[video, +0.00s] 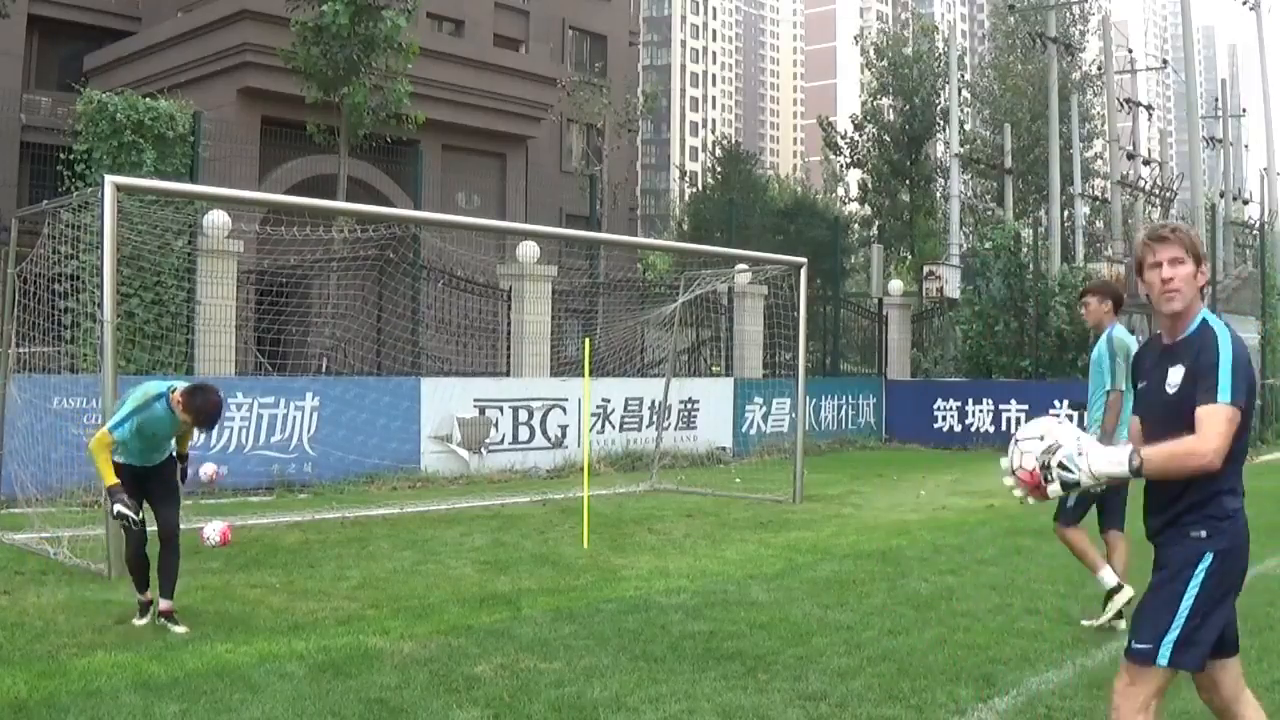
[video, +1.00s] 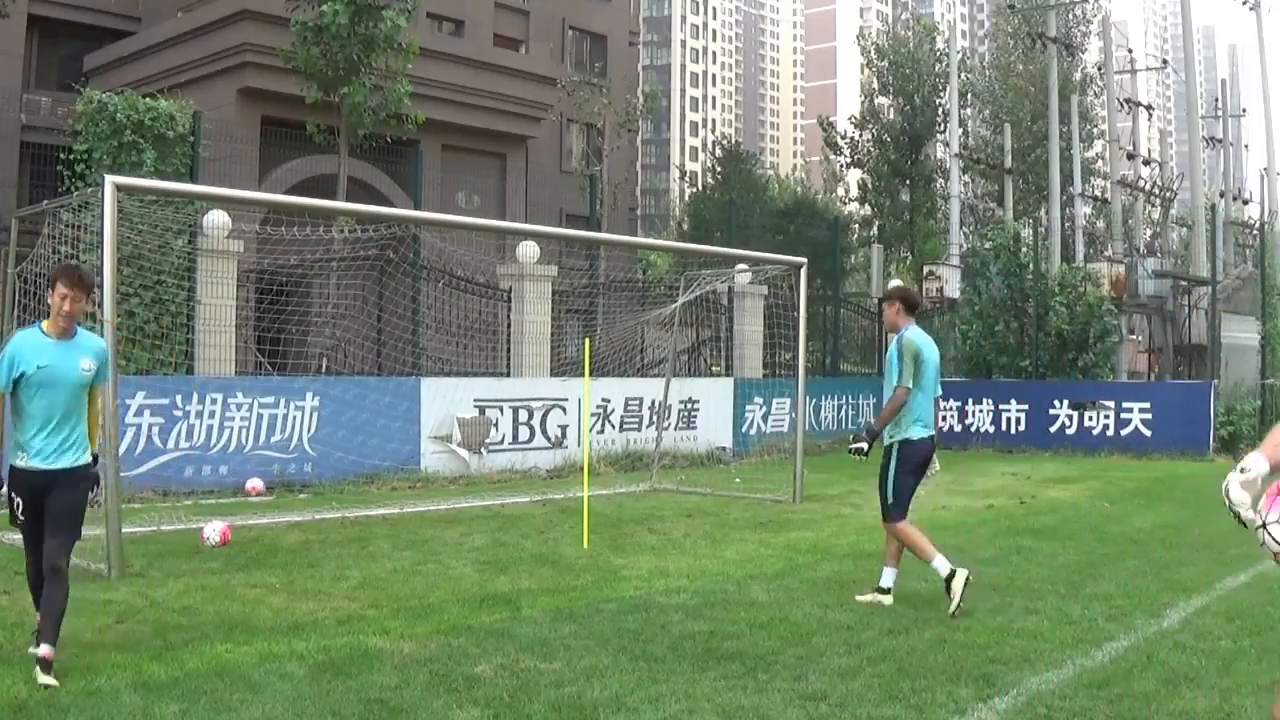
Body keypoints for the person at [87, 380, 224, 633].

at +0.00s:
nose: (190, 429)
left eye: (195, 427)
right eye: (190, 423)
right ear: (181, 403)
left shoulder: (191, 398)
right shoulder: (144, 405)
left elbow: (184, 431)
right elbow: (98, 444)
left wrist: (182, 457)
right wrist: (114, 491)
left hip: (161, 462)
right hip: (126, 464)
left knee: (170, 532)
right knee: (135, 538)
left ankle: (165, 609)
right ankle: (144, 600)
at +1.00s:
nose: (68, 307)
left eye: (77, 301)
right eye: (63, 298)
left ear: (86, 305)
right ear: (50, 296)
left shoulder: (96, 349)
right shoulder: (19, 345)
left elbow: (95, 406)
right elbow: (2, 402)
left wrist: (95, 455)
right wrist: (4, 460)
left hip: (74, 469)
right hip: (26, 468)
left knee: (57, 562)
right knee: (36, 562)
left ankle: (47, 652)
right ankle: (44, 621)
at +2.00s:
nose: (84, 275)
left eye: (89, 266)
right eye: (73, 266)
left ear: (94, 271)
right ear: (47, 273)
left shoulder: (104, 331)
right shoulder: (20, 331)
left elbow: (108, 408)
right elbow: (2, 407)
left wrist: (110, 471)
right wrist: (4, 470)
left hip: (94, 487)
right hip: (36, 491)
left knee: (110, 600)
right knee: (38, 607)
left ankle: (116, 712)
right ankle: (42, 704)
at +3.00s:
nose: (190, 293)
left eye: (203, 284)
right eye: (183, 278)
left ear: (215, 276)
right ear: (159, 257)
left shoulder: (216, 323)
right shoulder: (112, 328)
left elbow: (235, 395)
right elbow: (67, 425)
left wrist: (263, 459)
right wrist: (78, 521)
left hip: (213, 526)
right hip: (142, 532)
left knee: (258, 660)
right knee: (141, 684)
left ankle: (198, 719)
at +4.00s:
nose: (559, 285)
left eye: (565, 273)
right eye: (549, 269)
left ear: (568, 271)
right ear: (507, 260)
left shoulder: (525, 336)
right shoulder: (465, 338)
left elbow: (508, 449)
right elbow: (392, 441)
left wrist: (571, 487)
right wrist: (476, 512)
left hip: (516, 568)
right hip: (496, 574)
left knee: (469, 707)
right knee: (558, 709)